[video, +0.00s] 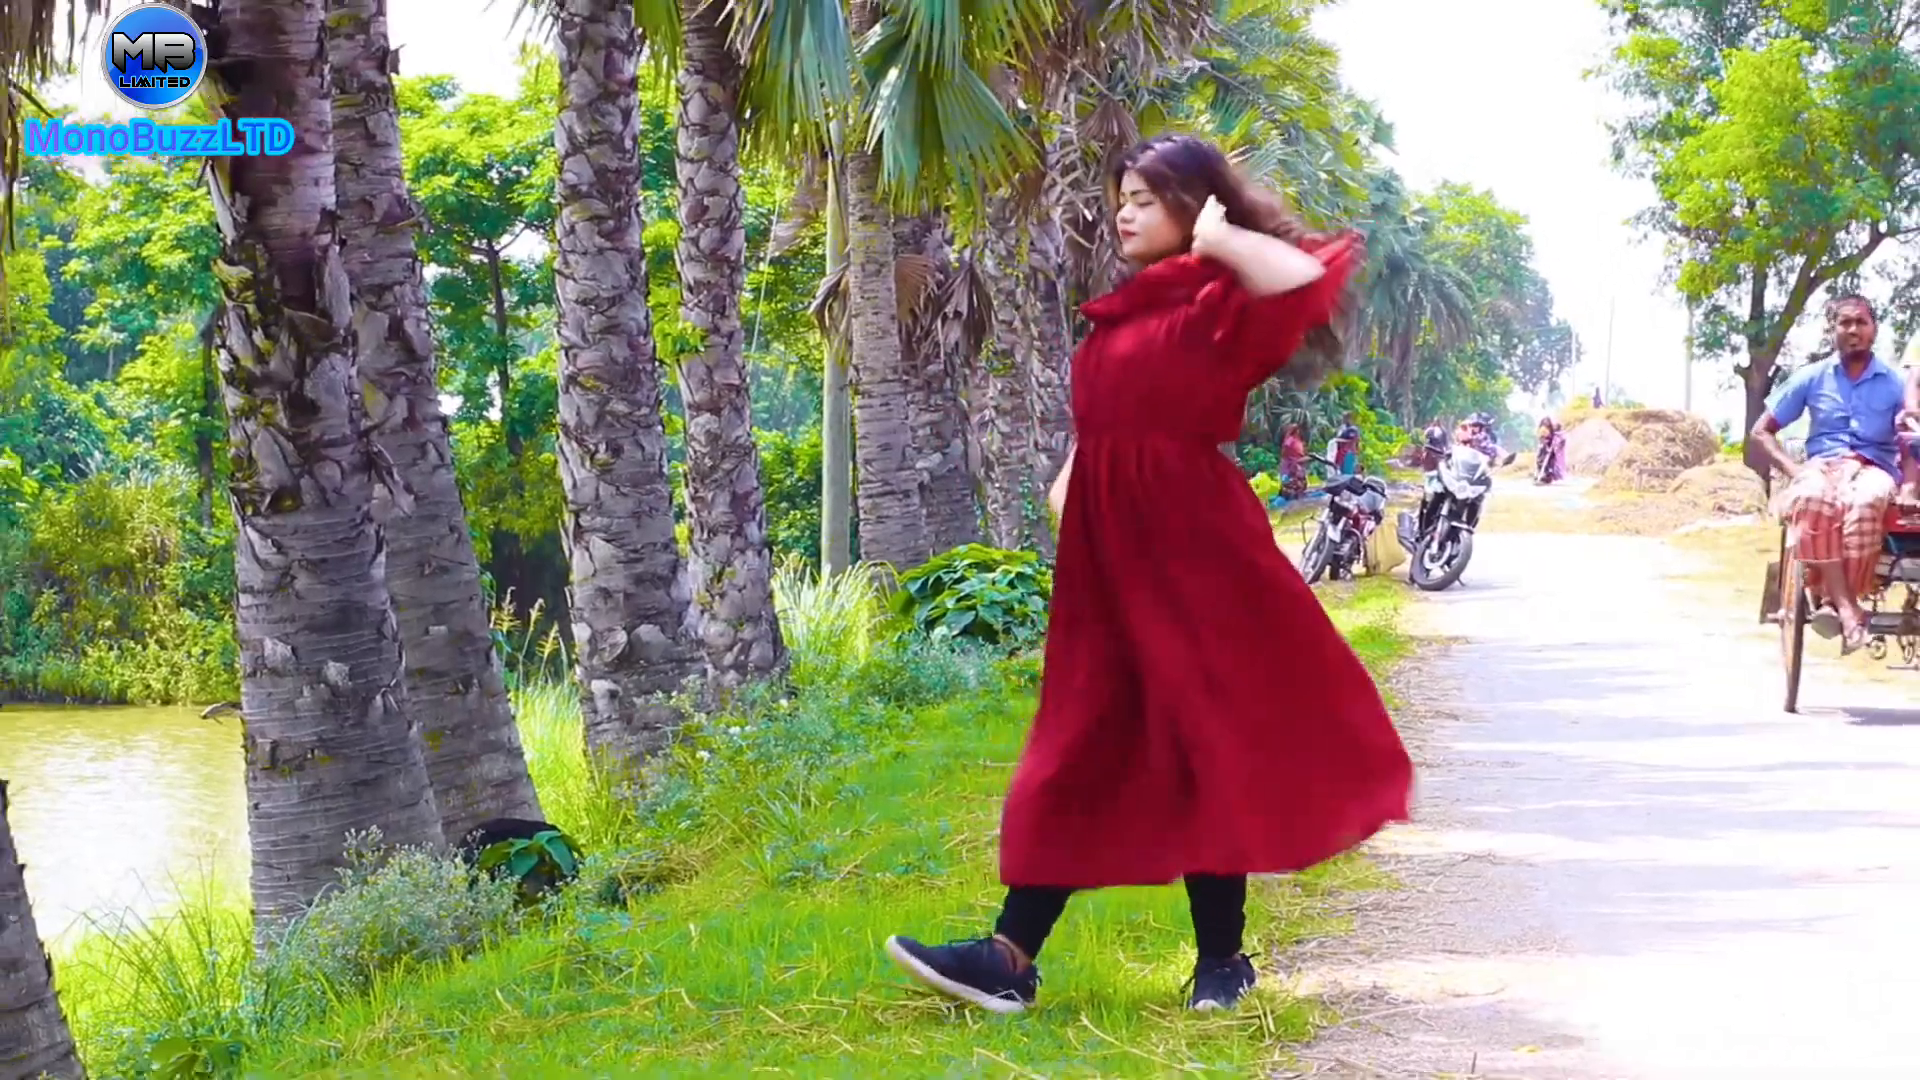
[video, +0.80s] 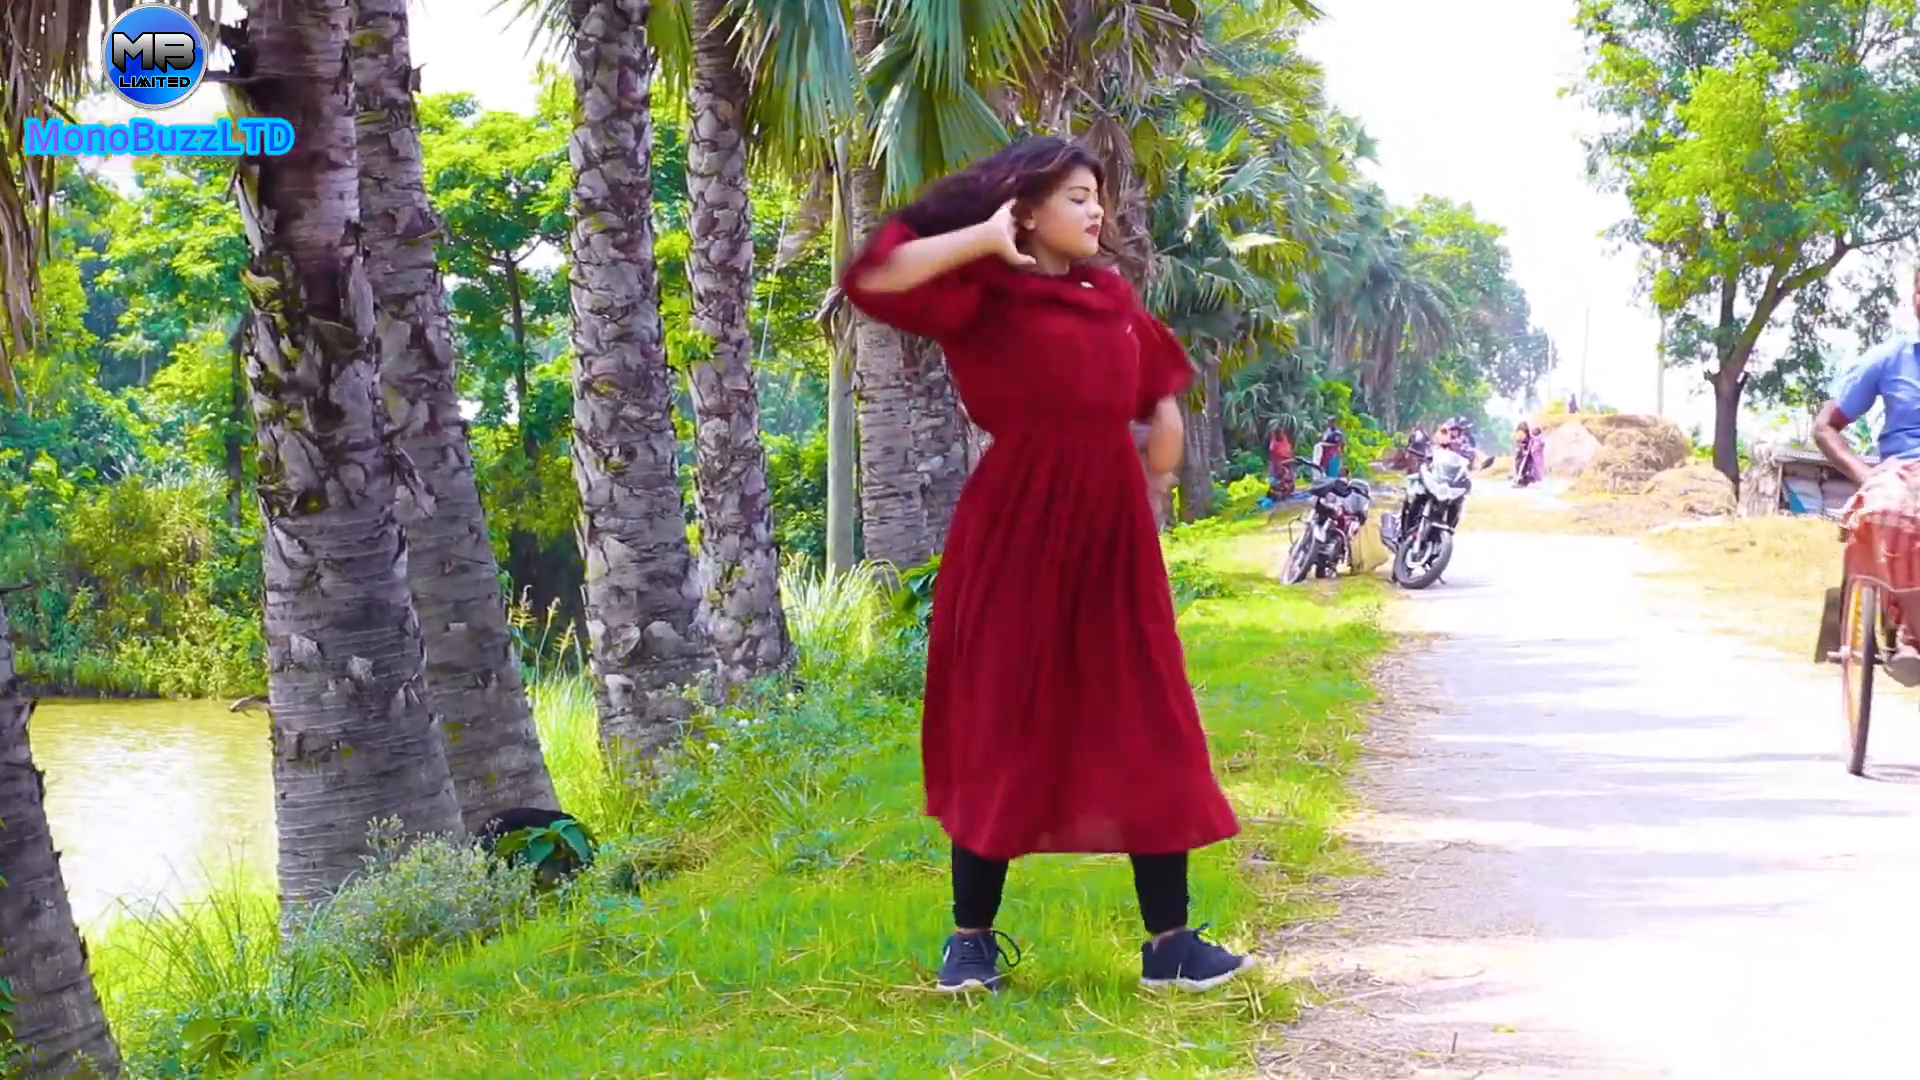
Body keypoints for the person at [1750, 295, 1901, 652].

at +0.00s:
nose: (1853, 330)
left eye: (1861, 322)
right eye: (1845, 323)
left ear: (1874, 329)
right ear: (1833, 330)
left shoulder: (1894, 381)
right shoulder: (1811, 376)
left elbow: (1909, 442)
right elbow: (1759, 431)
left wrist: (1909, 485)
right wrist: (1793, 469)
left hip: (1875, 466)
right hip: (1822, 463)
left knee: (1865, 506)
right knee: (1812, 502)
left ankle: (1843, 603)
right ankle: (1846, 612)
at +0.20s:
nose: (1876, 320)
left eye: (1884, 312)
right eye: (1867, 312)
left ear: (1900, 319)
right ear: (1856, 319)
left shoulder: (1913, 371)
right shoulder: (1834, 369)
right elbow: (1777, 424)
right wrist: (1812, 466)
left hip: (1900, 463)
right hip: (1844, 461)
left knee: (1893, 504)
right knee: (1835, 502)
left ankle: (1868, 612)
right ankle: (1872, 624)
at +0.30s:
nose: (1906, 313)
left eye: (1915, 304)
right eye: (1898, 304)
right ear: (1885, 311)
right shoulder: (1865, 364)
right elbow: (1804, 427)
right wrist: (1841, 467)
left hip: (1913, 462)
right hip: (1875, 462)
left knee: (1913, 521)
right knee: (1866, 506)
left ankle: (1897, 620)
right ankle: (1904, 631)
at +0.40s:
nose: (1867, 319)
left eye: (1876, 311)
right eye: (1858, 312)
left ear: (1890, 317)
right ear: (1845, 321)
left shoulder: (1909, 375)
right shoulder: (1825, 372)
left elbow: (1916, 439)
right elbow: (1769, 431)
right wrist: (1802, 471)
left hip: (1893, 466)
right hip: (1834, 465)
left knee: (1891, 507)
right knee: (1822, 507)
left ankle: (1858, 617)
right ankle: (1866, 628)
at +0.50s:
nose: (1900, 310)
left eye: (1909, 301)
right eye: (1890, 301)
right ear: (1877, 311)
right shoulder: (1859, 364)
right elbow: (1799, 428)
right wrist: (1837, 471)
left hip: (1912, 464)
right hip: (1870, 464)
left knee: (1911, 521)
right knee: (1860, 509)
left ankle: (1897, 622)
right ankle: (1901, 634)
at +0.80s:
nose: (1919, 301)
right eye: (1919, 294)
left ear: (1918, 298)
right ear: (1913, 299)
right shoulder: (1894, 358)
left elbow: (1826, 429)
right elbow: (1823, 428)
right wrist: (1866, 476)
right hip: (1902, 469)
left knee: (1899, 518)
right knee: (1886, 513)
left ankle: (1909, 637)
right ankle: (1906, 635)